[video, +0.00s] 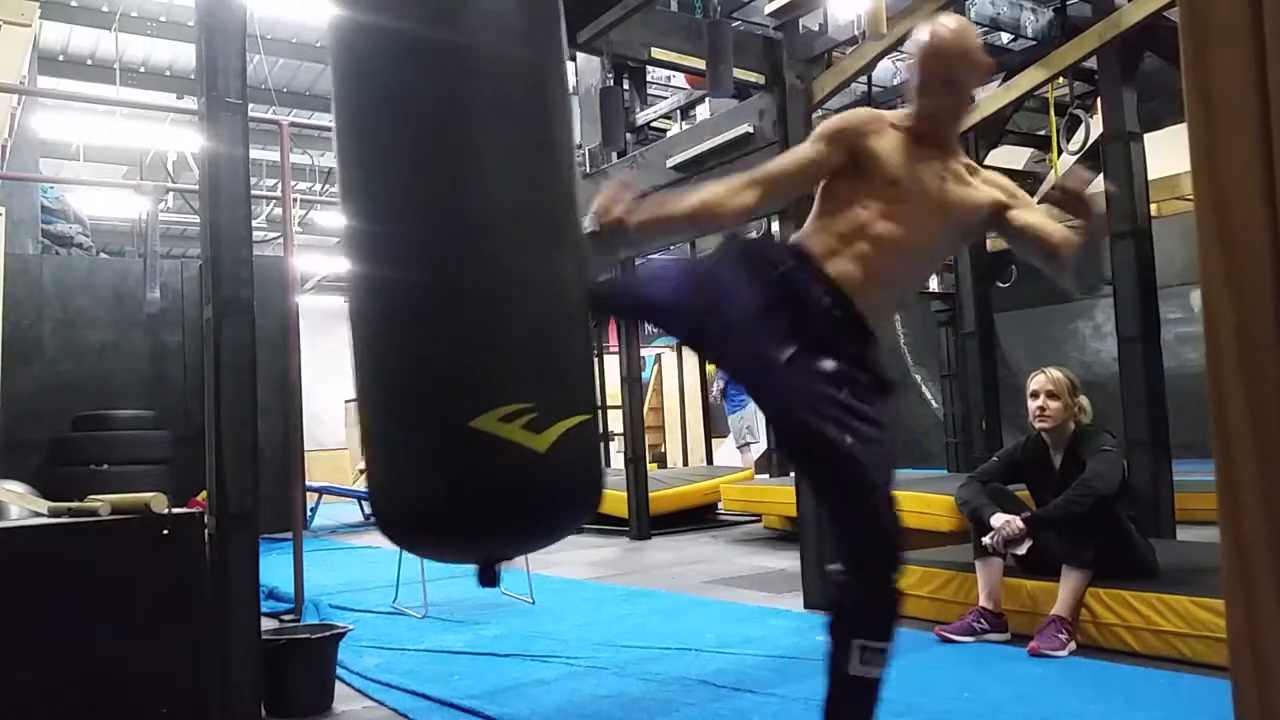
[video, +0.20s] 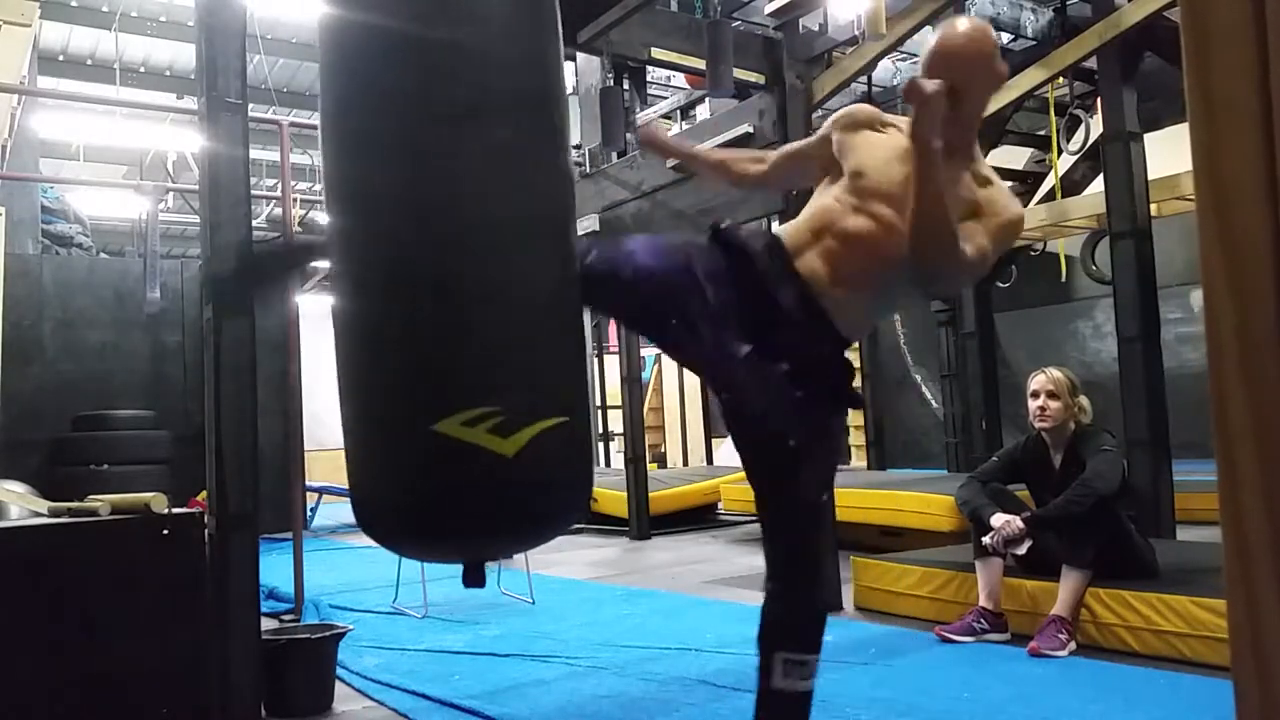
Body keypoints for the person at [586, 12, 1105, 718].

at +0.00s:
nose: (933, 86)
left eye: (951, 72)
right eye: (927, 66)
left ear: (975, 82)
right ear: (910, 68)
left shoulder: (991, 190)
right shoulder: (861, 131)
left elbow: (1076, 266)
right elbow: (748, 191)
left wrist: (1091, 222)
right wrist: (637, 215)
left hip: (847, 355)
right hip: (775, 285)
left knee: (874, 539)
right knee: (647, 286)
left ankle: (847, 713)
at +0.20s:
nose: (927, 90)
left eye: (945, 82)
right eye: (924, 78)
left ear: (980, 90)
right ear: (916, 78)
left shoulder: (1000, 208)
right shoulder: (861, 125)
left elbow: (942, 276)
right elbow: (761, 172)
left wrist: (930, 148)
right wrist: (672, 147)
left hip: (808, 354)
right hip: (742, 271)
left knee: (802, 569)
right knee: (596, 269)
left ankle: (782, 713)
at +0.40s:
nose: (884, 43)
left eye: (904, 32)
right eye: (879, 32)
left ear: (953, 46)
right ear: (871, 46)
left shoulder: (982, 167)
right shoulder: (833, 141)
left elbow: (980, 276)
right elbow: (720, 195)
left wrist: (908, 166)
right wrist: (637, 138)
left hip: (834, 360)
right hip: (749, 313)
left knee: (806, 567)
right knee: (590, 405)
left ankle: (799, 715)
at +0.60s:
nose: (823, 64)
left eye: (841, 48)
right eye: (822, 54)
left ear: (893, 51)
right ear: (823, 72)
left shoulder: (935, 160)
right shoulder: (801, 181)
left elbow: (986, 275)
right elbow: (750, 284)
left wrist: (894, 269)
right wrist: (726, 232)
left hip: (838, 354)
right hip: (769, 352)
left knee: (803, 545)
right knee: (773, 528)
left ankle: (797, 711)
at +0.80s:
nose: (809, 117)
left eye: (817, 98)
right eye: (804, 105)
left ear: (862, 84)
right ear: (859, 91)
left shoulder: (880, 164)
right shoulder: (866, 174)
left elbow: (905, 261)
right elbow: (861, 305)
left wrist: (787, 268)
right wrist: (786, 317)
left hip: (849, 378)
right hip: (864, 379)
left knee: (790, 553)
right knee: (881, 550)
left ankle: (800, 711)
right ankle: (956, 703)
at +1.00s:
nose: (806, 133)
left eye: (812, 114)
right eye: (801, 120)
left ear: (855, 94)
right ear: (867, 101)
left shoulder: (840, 171)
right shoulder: (923, 180)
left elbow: (788, 256)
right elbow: (946, 301)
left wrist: (726, 213)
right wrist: (842, 316)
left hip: (853, 367)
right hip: (912, 367)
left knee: (808, 543)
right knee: (898, 534)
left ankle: (821, 710)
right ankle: (954, 700)